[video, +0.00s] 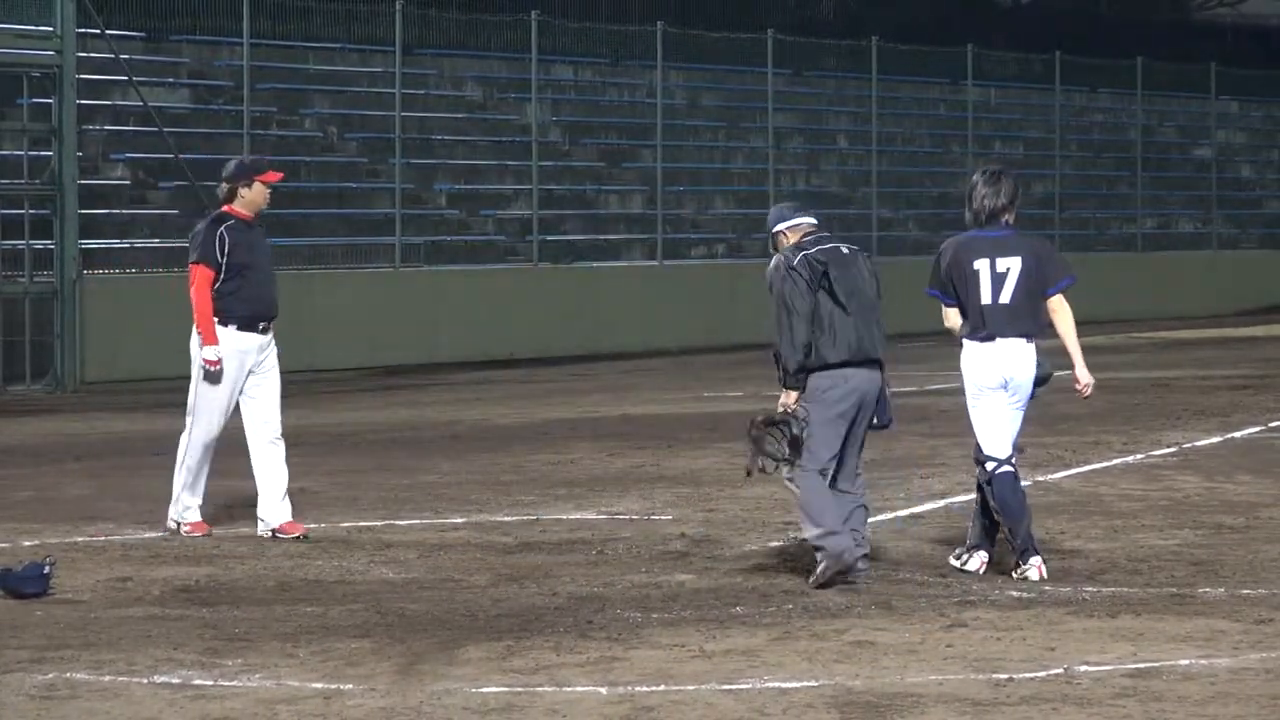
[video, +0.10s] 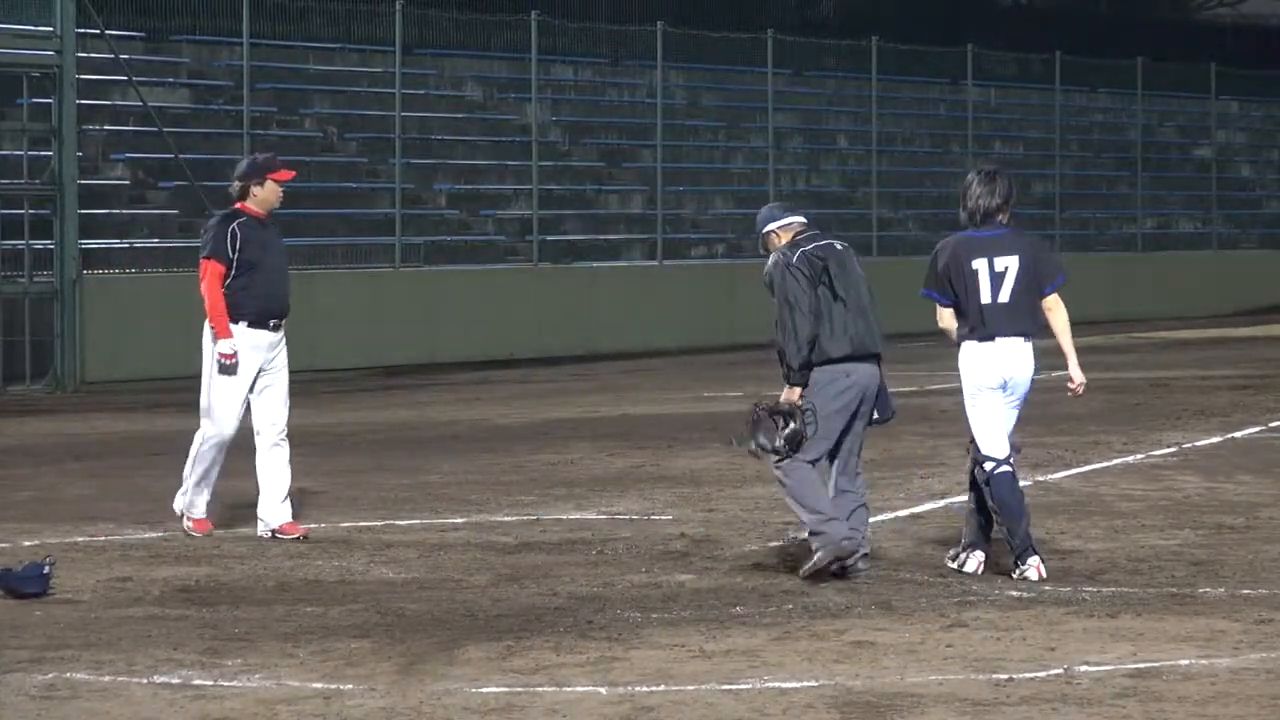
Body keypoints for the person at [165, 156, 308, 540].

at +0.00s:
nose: (270, 193)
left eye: (270, 187)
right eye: (265, 186)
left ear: (252, 189)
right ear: (242, 188)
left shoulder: (255, 230)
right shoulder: (214, 228)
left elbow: (252, 284)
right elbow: (200, 287)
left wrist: (264, 331)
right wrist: (209, 345)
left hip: (262, 342)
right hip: (225, 340)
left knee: (268, 434)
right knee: (203, 431)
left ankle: (275, 516)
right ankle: (184, 511)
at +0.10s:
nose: (283, 191)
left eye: (282, 185)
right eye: (277, 185)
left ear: (264, 187)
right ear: (255, 186)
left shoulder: (269, 228)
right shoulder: (225, 225)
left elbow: (266, 281)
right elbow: (210, 282)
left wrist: (275, 328)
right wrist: (224, 340)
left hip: (273, 339)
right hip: (234, 337)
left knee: (273, 433)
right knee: (219, 428)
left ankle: (274, 518)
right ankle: (191, 505)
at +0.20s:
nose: (293, 191)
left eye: (293, 185)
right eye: (287, 184)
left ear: (274, 187)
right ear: (265, 186)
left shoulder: (279, 229)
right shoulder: (236, 224)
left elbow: (275, 279)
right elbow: (219, 278)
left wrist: (283, 326)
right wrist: (237, 334)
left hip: (281, 339)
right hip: (243, 337)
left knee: (278, 432)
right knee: (237, 424)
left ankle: (275, 518)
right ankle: (204, 496)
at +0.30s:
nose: (301, 191)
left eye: (301, 184)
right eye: (296, 184)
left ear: (283, 186)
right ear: (273, 185)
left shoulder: (290, 227)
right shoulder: (244, 222)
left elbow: (285, 280)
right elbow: (227, 276)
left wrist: (291, 331)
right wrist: (245, 325)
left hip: (285, 336)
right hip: (250, 333)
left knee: (282, 430)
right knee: (250, 421)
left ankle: (275, 516)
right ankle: (224, 504)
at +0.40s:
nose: (309, 188)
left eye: (308, 182)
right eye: (303, 182)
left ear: (291, 185)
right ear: (280, 185)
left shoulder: (297, 227)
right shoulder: (251, 221)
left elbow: (292, 278)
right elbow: (234, 276)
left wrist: (298, 327)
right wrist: (251, 326)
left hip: (290, 336)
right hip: (257, 333)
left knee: (287, 429)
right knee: (262, 424)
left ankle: (280, 514)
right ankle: (254, 515)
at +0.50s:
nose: (313, 189)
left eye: (313, 183)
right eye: (307, 183)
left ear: (296, 186)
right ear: (284, 185)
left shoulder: (303, 228)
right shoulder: (257, 221)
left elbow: (306, 282)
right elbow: (241, 277)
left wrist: (319, 330)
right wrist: (256, 331)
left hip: (297, 337)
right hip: (265, 333)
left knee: (289, 430)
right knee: (269, 427)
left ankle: (272, 517)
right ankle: (285, 517)